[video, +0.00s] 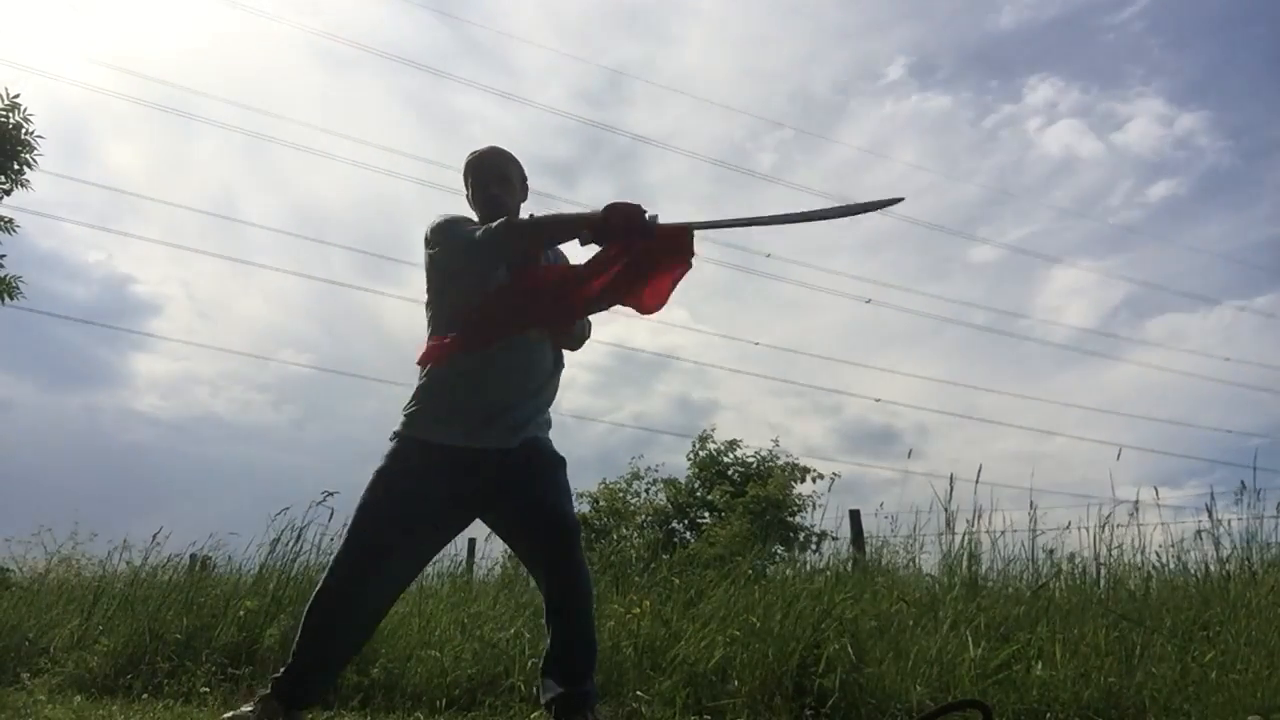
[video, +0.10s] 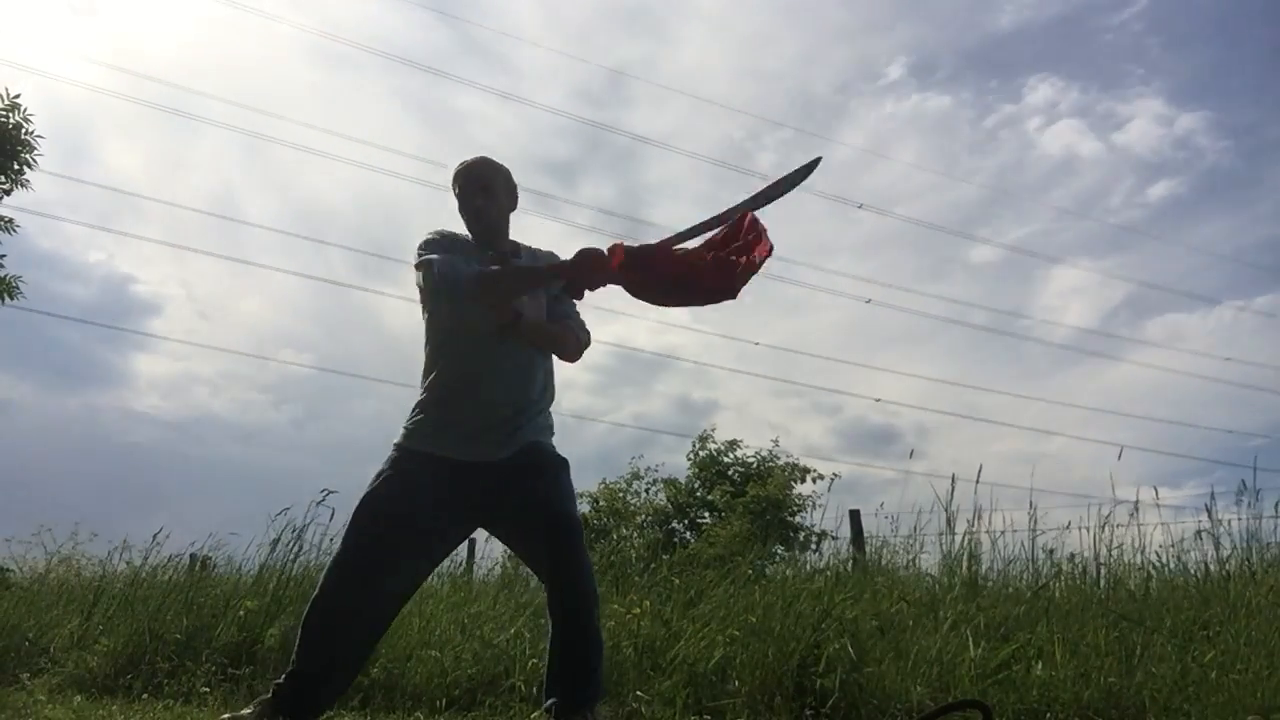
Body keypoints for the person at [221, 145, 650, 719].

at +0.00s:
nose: (489, 191)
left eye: (501, 182)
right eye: (478, 183)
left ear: (524, 191)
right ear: (466, 194)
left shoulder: (547, 255)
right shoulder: (451, 235)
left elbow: (576, 337)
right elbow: (510, 235)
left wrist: (545, 293)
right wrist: (591, 224)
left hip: (522, 449)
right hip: (436, 443)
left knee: (568, 575)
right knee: (361, 570)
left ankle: (574, 701)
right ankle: (289, 698)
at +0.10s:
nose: (475, 202)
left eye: (486, 192)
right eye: (465, 194)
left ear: (513, 200)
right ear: (457, 205)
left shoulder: (547, 270)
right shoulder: (442, 248)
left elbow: (575, 345)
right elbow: (464, 286)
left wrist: (527, 325)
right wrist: (563, 273)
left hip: (522, 453)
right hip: (436, 449)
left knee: (573, 579)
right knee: (356, 580)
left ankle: (574, 706)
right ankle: (292, 705)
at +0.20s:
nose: (445, 213)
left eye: (457, 200)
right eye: (439, 207)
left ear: (492, 203)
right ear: (438, 217)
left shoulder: (537, 268)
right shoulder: (427, 270)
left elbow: (555, 343)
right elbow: (396, 331)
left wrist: (482, 347)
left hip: (514, 456)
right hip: (432, 452)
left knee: (554, 568)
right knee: (352, 564)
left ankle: (574, 706)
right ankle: (288, 702)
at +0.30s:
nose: (422, 218)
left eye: (431, 203)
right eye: (416, 209)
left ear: (467, 201)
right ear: (415, 219)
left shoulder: (516, 258)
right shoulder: (417, 278)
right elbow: (359, 324)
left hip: (501, 453)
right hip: (429, 448)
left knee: (529, 573)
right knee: (343, 557)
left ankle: (573, 704)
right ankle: (288, 702)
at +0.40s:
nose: (400, 220)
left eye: (408, 206)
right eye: (394, 213)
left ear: (447, 200)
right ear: (398, 221)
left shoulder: (490, 248)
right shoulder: (401, 273)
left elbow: (461, 323)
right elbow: (332, 298)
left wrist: (388, 316)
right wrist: (274, 348)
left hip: (485, 452)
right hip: (413, 456)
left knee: (518, 569)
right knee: (335, 557)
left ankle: (584, 706)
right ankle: (286, 697)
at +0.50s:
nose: (378, 234)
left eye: (386, 220)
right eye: (374, 225)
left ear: (425, 215)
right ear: (379, 232)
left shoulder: (468, 262)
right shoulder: (387, 281)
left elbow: (427, 320)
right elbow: (316, 296)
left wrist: (368, 315)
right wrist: (239, 311)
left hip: (470, 467)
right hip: (398, 467)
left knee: (528, 582)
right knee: (312, 556)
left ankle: (614, 699)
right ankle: (273, 698)